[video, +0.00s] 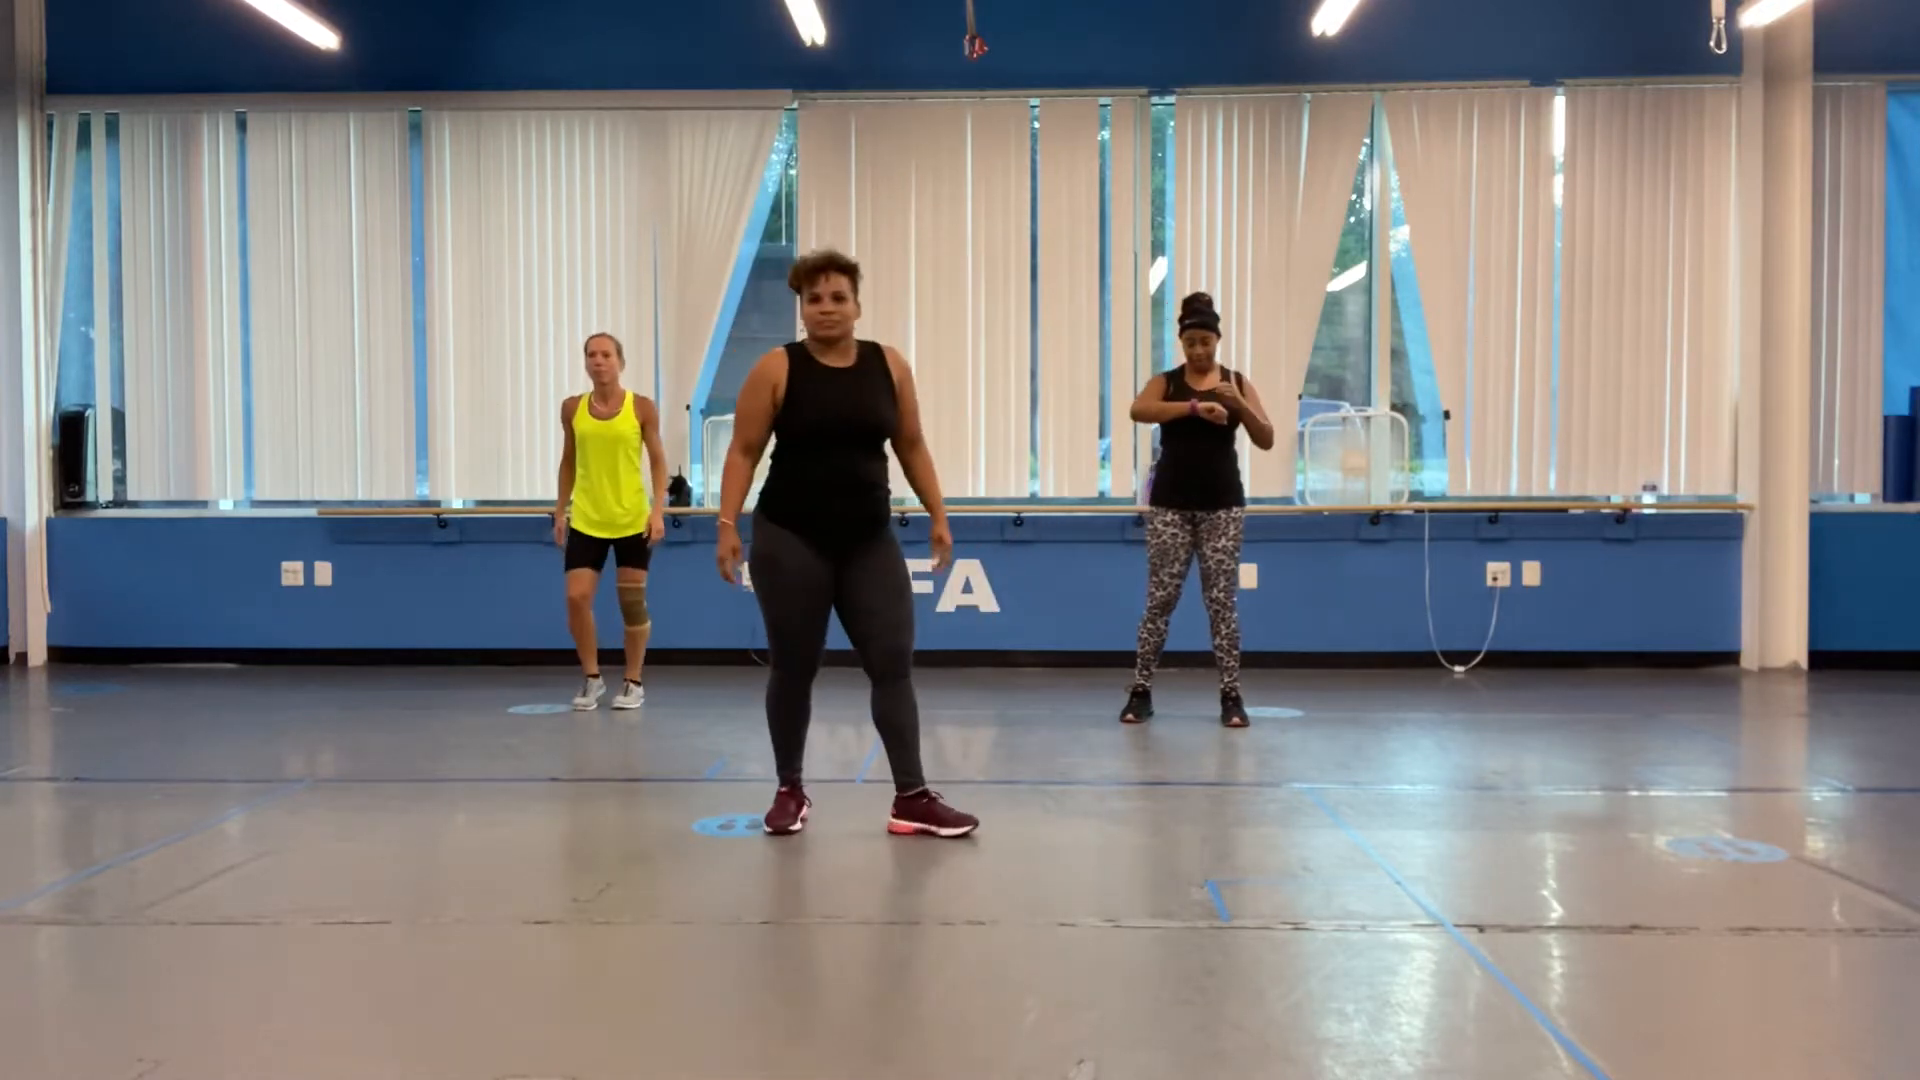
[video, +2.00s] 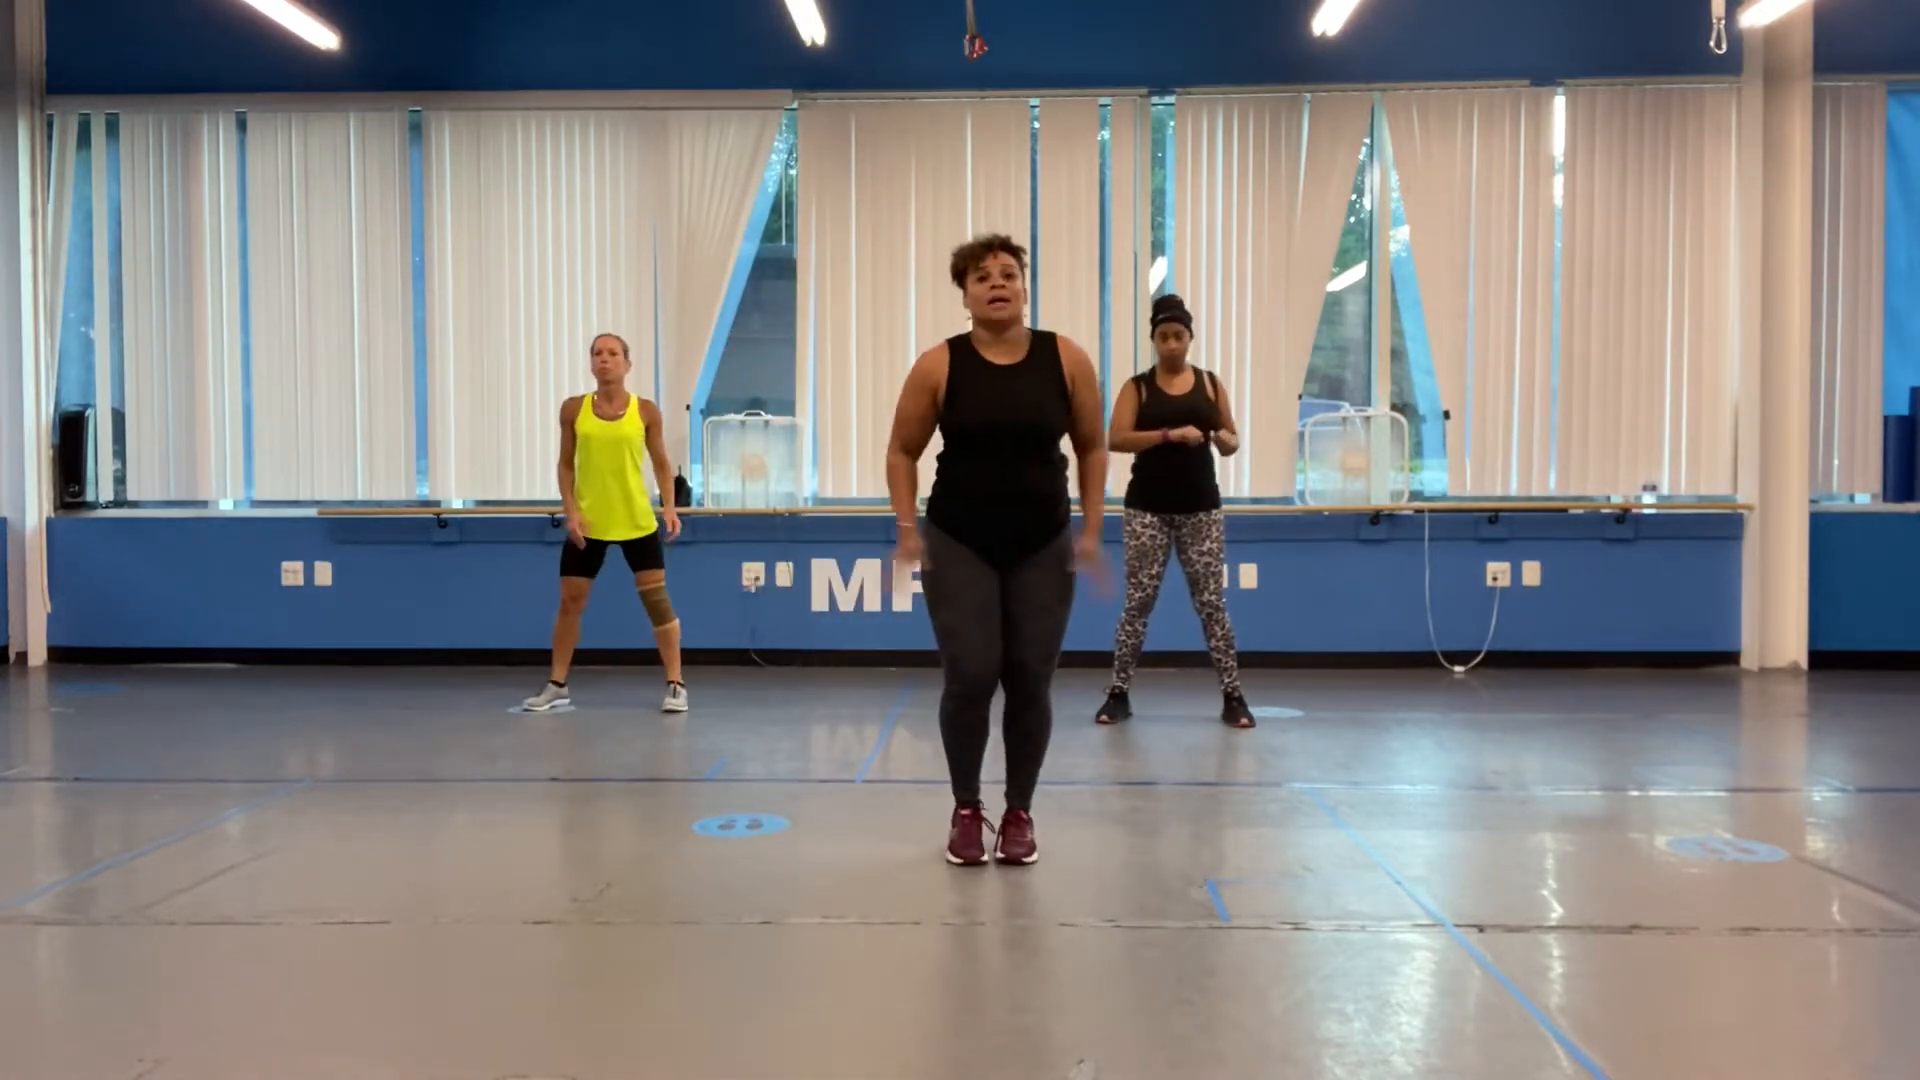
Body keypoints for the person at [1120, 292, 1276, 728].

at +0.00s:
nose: (1198, 349)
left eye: (1205, 341)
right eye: (1191, 341)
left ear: (1217, 341)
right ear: (1181, 342)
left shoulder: (1237, 384)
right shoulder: (1164, 382)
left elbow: (1266, 440)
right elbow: (1139, 411)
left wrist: (1240, 406)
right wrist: (1191, 408)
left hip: (1222, 508)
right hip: (1170, 507)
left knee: (1221, 601)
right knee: (1160, 599)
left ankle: (1231, 696)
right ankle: (1140, 691)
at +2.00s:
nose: (1172, 342)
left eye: (1179, 335)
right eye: (1164, 336)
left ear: (1190, 339)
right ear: (1154, 340)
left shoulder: (1209, 384)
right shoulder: (1135, 388)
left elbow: (1230, 444)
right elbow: (1117, 439)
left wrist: (1220, 435)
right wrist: (1166, 435)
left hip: (1200, 510)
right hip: (1147, 510)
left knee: (1211, 604)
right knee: (1138, 602)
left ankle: (1232, 695)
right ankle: (1118, 693)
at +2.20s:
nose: (1181, 343)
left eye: (1188, 336)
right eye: (1173, 337)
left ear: (1200, 341)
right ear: (1163, 343)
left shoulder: (1220, 390)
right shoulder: (1145, 393)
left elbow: (1237, 444)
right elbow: (1132, 455)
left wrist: (1249, 483)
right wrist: (1174, 484)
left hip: (1208, 514)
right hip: (1154, 514)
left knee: (1219, 605)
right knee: (1141, 604)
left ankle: (1234, 695)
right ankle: (1119, 693)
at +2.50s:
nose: (1153, 340)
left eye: (1161, 333)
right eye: (1145, 332)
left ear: (1170, 341)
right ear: (1132, 339)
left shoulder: (1183, 388)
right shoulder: (1109, 390)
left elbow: (1225, 429)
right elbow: (1104, 442)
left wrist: (1281, 457)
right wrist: (1160, 426)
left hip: (1182, 510)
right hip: (1129, 513)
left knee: (1204, 600)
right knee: (1109, 602)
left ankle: (1246, 687)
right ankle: (1087, 692)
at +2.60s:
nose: (1142, 347)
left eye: (1150, 340)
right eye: (1135, 339)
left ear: (1159, 349)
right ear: (1120, 345)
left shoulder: (1170, 399)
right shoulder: (1095, 394)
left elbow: (1214, 437)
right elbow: (1076, 440)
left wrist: (1271, 458)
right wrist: (1132, 421)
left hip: (1168, 516)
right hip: (1115, 518)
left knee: (1190, 601)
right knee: (1098, 605)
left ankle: (1249, 665)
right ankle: (1089, 694)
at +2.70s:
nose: (1136, 349)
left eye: (1144, 343)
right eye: (1129, 342)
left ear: (1153, 353)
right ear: (1116, 349)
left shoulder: (1165, 404)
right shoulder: (1090, 399)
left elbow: (1201, 455)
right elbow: (1056, 446)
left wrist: (1248, 490)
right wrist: (1091, 453)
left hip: (1163, 521)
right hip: (1108, 524)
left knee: (1182, 604)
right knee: (1090, 608)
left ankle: (1229, 667)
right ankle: (1088, 695)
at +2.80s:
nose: (1138, 345)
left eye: (1146, 339)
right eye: (1130, 339)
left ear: (1155, 348)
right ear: (1118, 347)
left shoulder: (1170, 402)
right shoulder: (1094, 400)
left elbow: (1194, 456)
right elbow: (1051, 445)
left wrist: (1207, 504)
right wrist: (1044, 487)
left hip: (1162, 518)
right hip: (1107, 519)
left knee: (1184, 605)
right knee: (1097, 607)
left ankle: (1214, 685)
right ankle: (1087, 694)